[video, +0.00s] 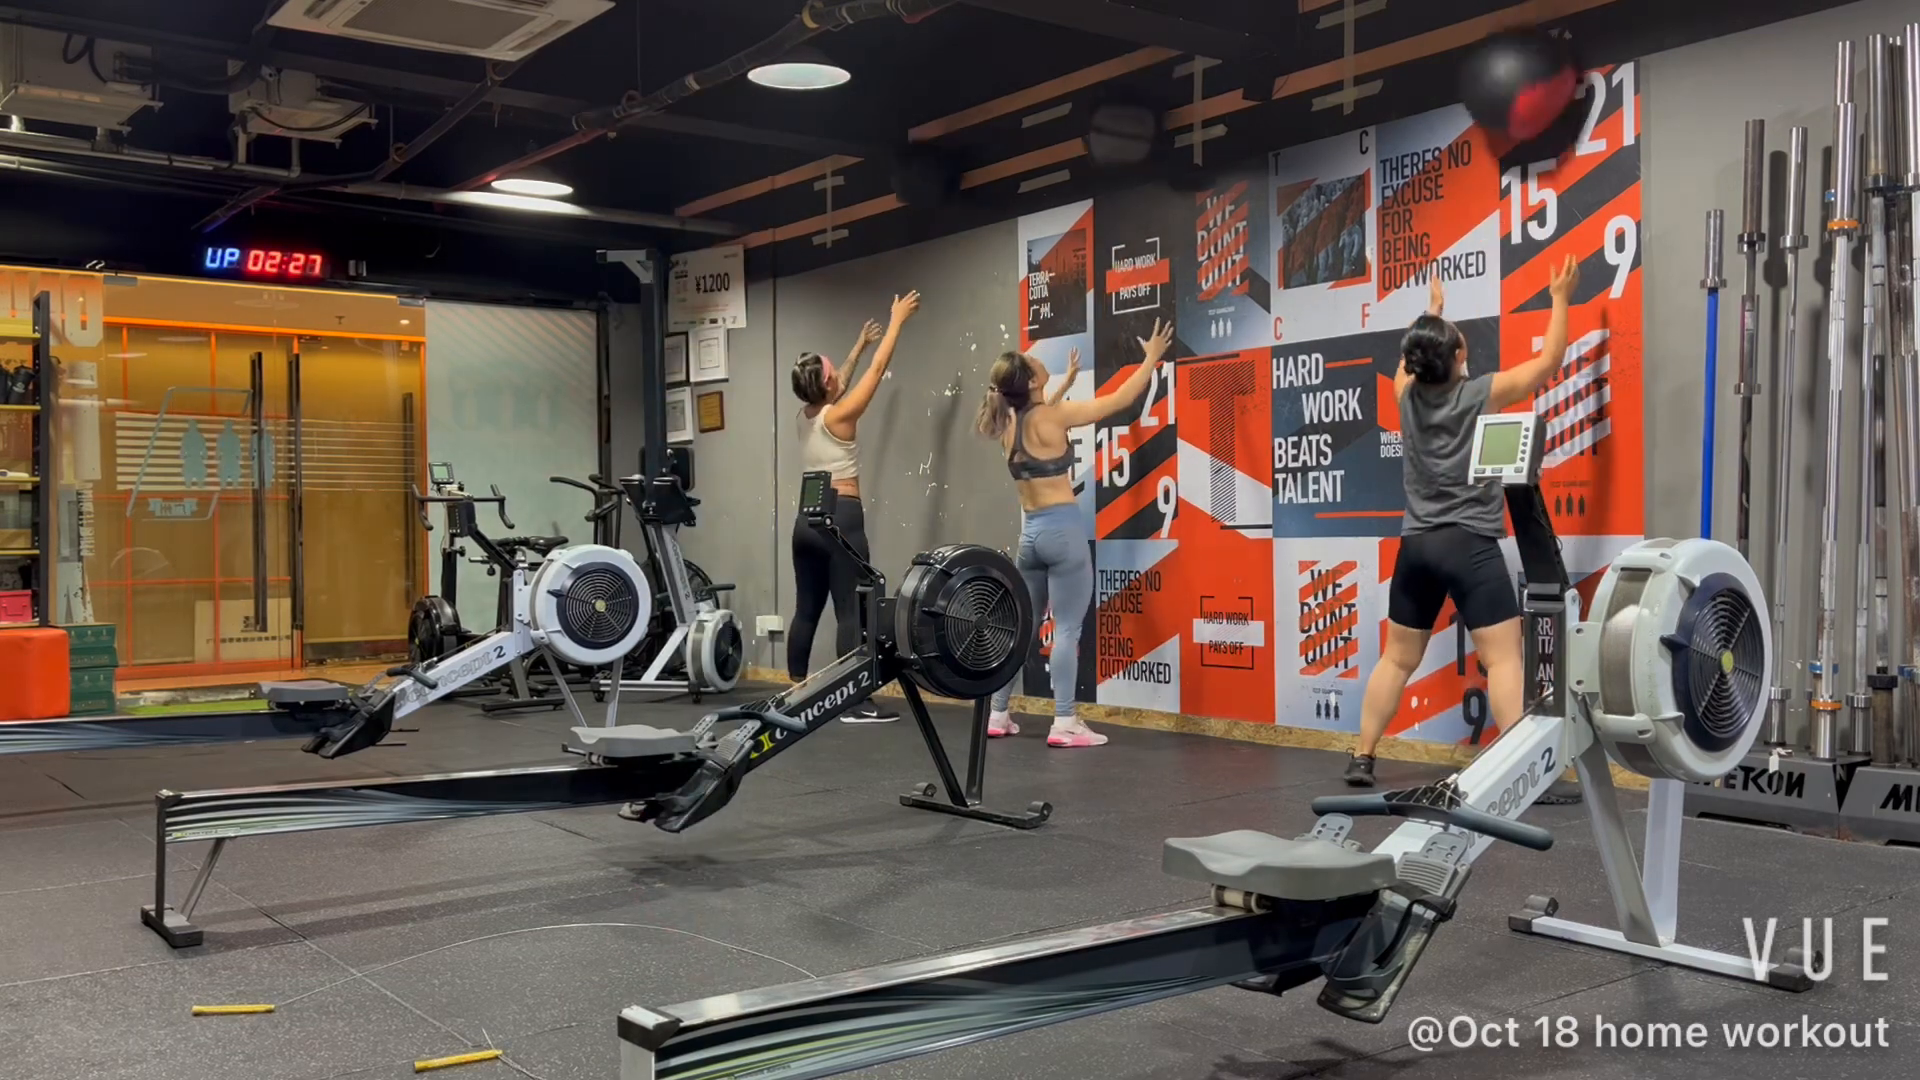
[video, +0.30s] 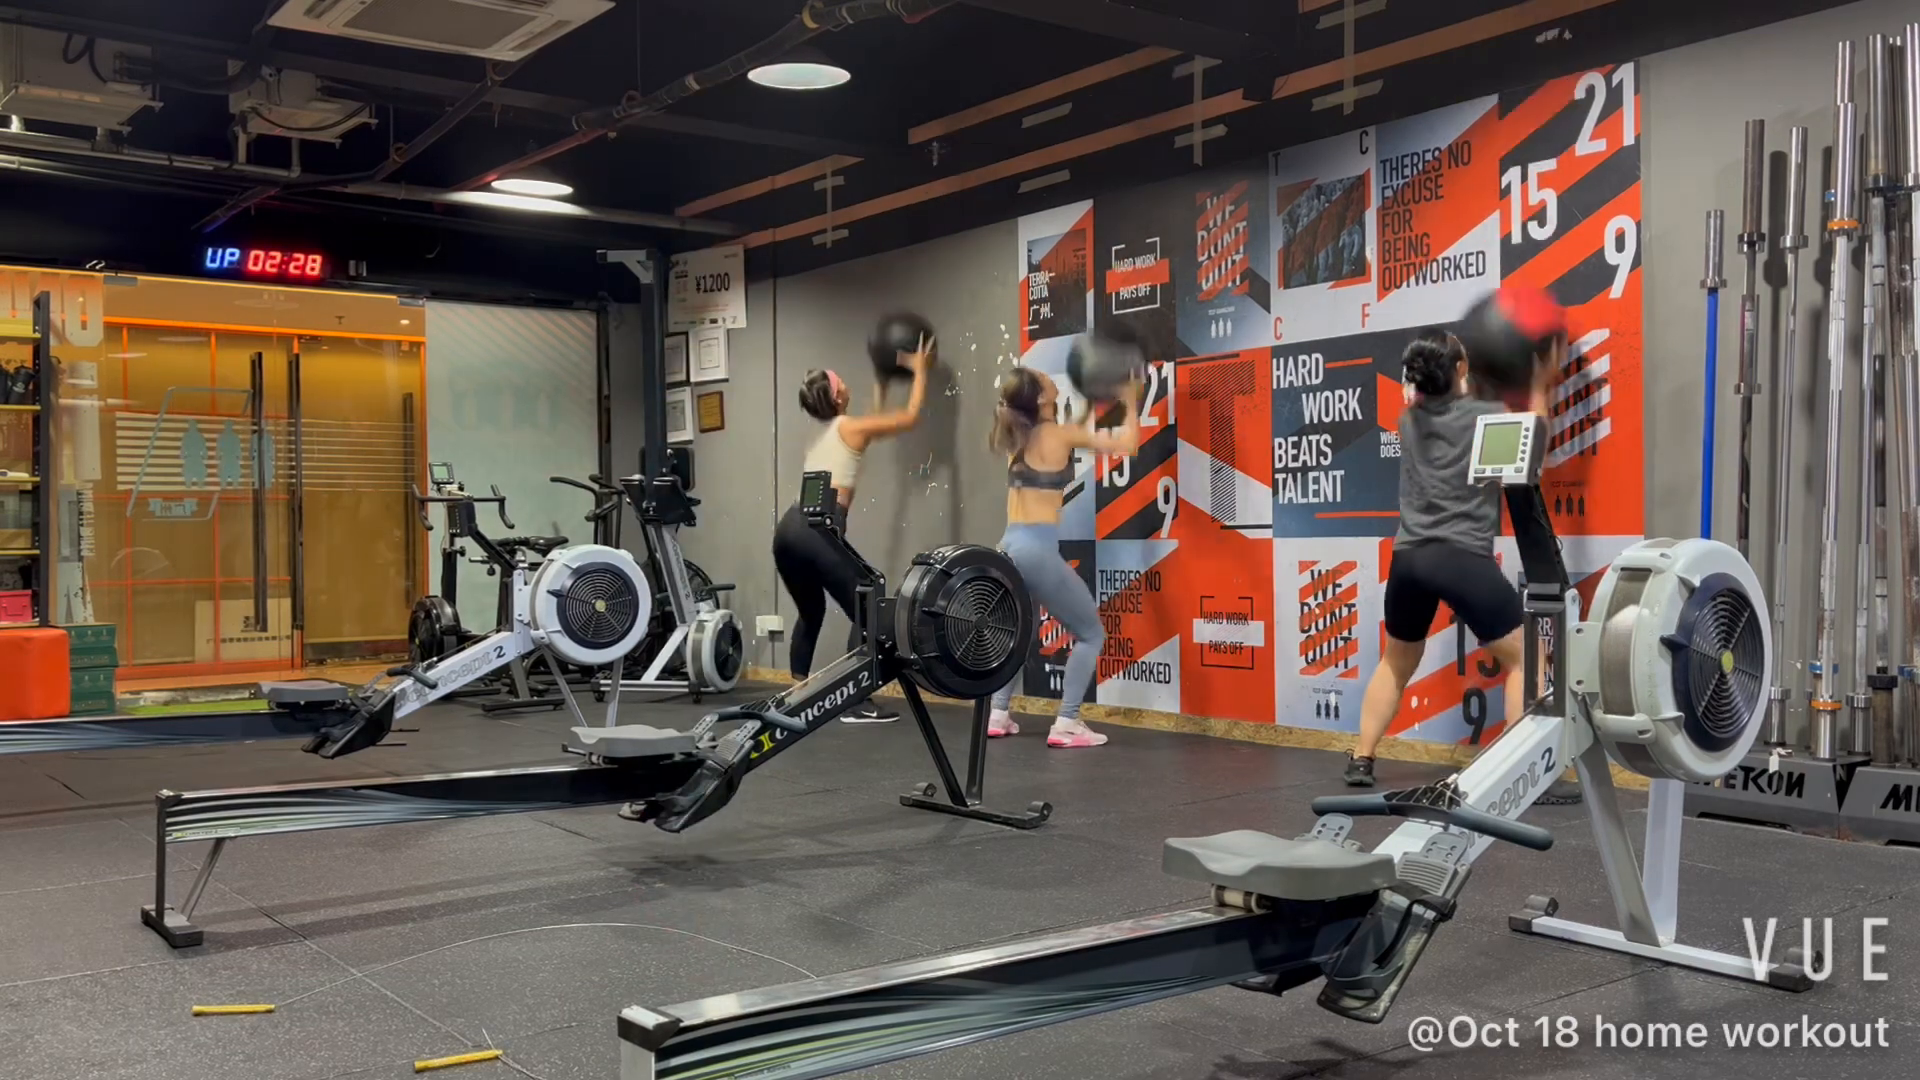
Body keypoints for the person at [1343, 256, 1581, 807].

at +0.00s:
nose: (1467, 349)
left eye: (1462, 345)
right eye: (1463, 346)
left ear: (1417, 363)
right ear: (1457, 359)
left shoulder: (1408, 396)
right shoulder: (1481, 393)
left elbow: (1408, 362)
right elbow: (1547, 363)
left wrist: (1431, 321)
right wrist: (1560, 298)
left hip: (1417, 545)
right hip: (1470, 546)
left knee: (1397, 660)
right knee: (1501, 660)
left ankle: (1361, 759)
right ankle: (1525, 772)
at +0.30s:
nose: (1467, 364)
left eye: (1463, 359)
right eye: (1463, 360)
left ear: (1418, 379)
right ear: (1458, 372)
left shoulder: (1410, 419)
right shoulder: (1485, 416)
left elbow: (1421, 398)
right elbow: (1532, 443)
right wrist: (1540, 386)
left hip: (1409, 559)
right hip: (1466, 561)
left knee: (1395, 663)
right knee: (1522, 660)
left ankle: (1360, 759)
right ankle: (1524, 770)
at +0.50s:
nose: (1479, 429)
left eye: (1474, 423)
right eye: (1475, 424)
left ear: (1426, 437)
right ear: (1470, 432)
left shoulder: (1416, 480)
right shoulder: (1488, 485)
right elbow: (1515, 554)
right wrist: (1545, 499)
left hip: (1399, 612)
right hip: (1459, 614)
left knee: (1390, 677)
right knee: (1547, 669)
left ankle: (1361, 759)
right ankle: (1541, 775)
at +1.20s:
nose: (1482, 480)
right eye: (1479, 474)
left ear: (1432, 485)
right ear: (1475, 484)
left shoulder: (1418, 525)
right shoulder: (1498, 536)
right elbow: (1513, 609)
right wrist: (1520, 573)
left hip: (1387, 650)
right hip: (1450, 649)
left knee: (1388, 683)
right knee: (1548, 672)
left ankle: (1362, 759)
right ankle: (1533, 772)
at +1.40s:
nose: (1478, 435)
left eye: (1473, 429)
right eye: (1474, 431)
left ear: (1426, 447)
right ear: (1470, 444)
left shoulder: (1414, 490)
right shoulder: (1489, 494)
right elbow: (1514, 568)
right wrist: (1533, 509)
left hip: (1390, 612)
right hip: (1451, 613)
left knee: (1392, 675)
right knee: (1542, 670)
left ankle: (1363, 757)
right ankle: (1528, 775)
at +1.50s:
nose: (1469, 402)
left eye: (1464, 395)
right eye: (1465, 397)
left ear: (1419, 412)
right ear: (1461, 406)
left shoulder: (1408, 455)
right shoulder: (1481, 451)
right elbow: (1506, 522)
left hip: (1399, 587)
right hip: (1458, 585)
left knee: (1391, 671)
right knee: (1533, 667)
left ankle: (1363, 755)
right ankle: (1525, 767)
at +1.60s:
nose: (1450, 352)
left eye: (1442, 346)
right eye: (1446, 348)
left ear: (1406, 363)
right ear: (1445, 358)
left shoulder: (1401, 407)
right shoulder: (1477, 402)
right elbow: (1523, 454)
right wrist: (1519, 391)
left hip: (1409, 547)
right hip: (1467, 544)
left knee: (1397, 647)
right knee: (1513, 646)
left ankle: (1364, 747)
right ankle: (1533, 763)